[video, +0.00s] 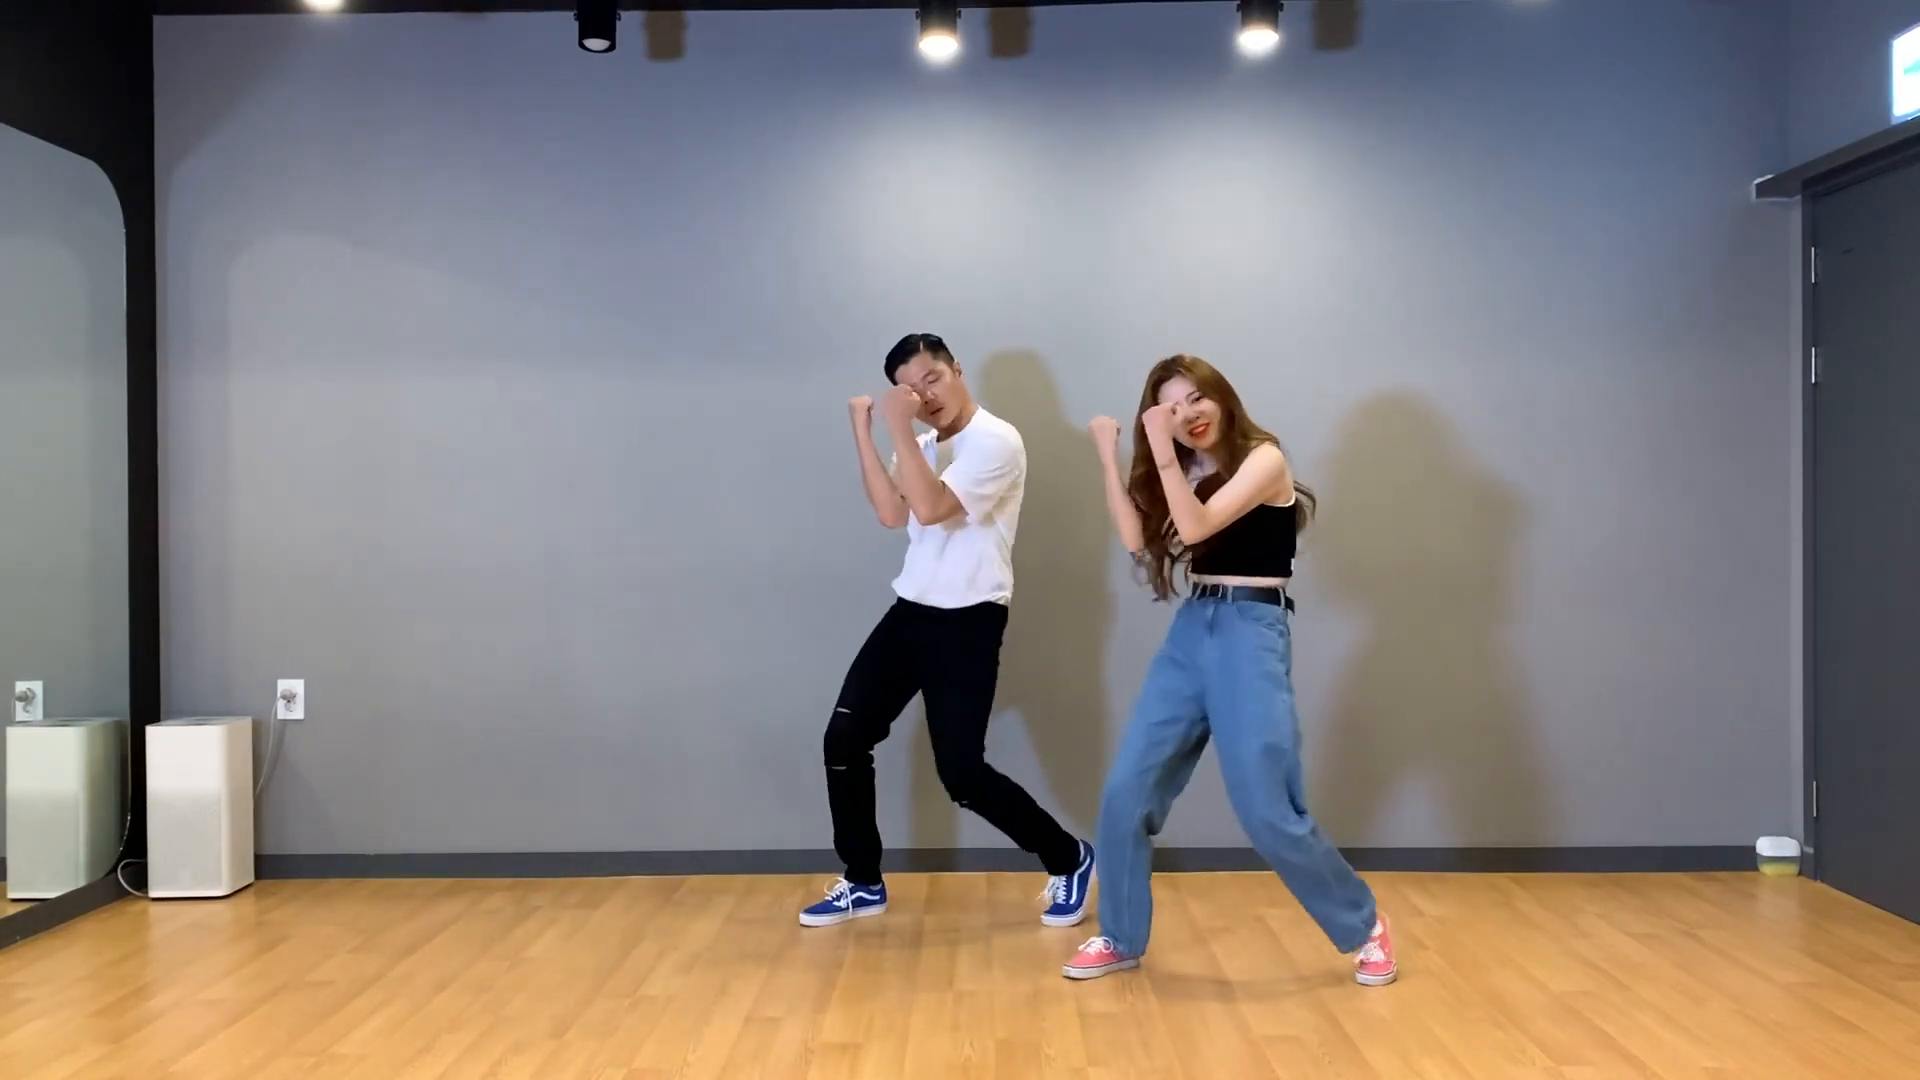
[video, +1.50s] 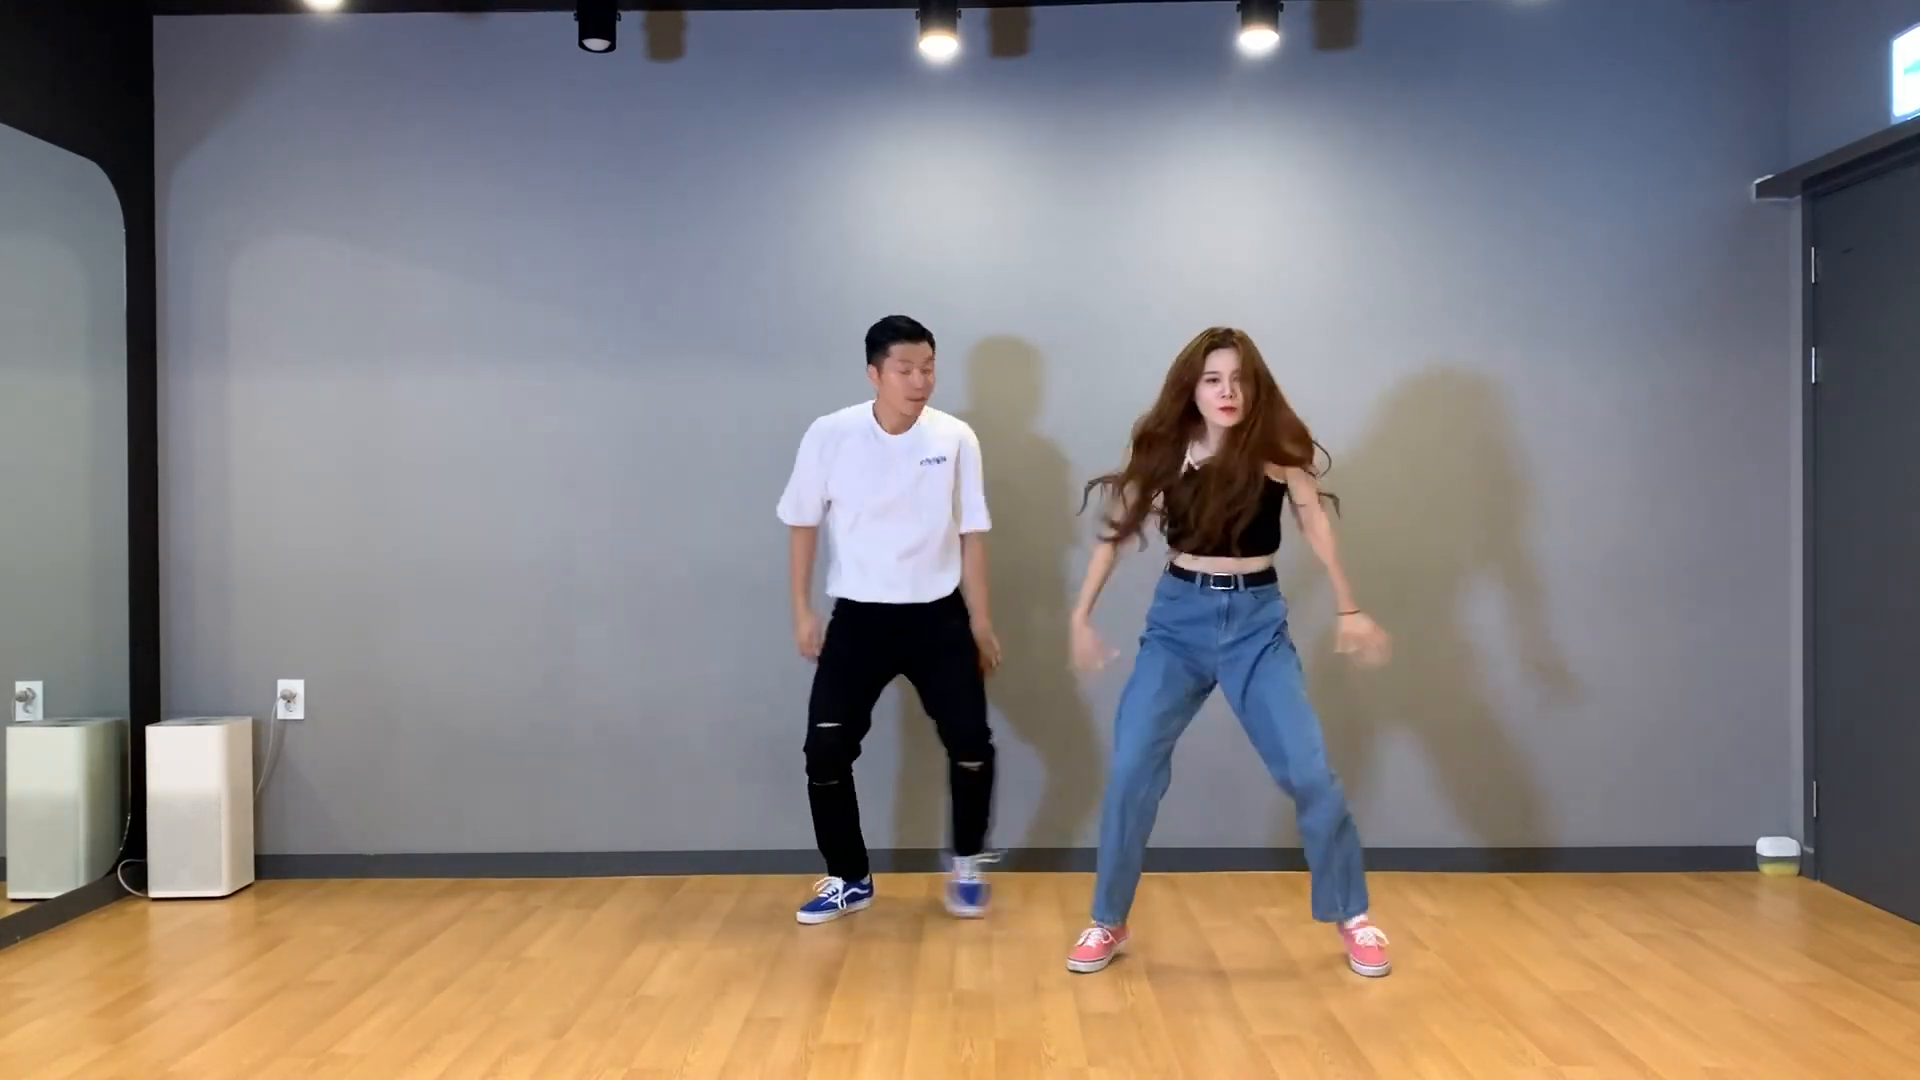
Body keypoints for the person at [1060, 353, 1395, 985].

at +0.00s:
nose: (1191, 415)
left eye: (1198, 398)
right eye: (1175, 410)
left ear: (1223, 398)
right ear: (1164, 422)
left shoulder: (1266, 459)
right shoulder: (1182, 472)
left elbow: (1195, 527)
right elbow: (1135, 537)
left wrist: (1161, 447)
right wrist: (1108, 455)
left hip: (1251, 629)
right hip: (1192, 626)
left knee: (1263, 808)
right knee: (1127, 789)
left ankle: (1364, 924)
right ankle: (1121, 938)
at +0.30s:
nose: (1189, 390)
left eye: (1201, 377)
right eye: (1175, 381)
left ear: (1223, 385)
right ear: (1159, 394)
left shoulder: (1256, 446)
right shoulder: (1147, 447)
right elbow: (1054, 437)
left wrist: (1293, 456)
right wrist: (1094, 476)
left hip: (1265, 644)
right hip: (1190, 645)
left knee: (1316, 800)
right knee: (1138, 782)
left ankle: (1383, 934)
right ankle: (1125, 934)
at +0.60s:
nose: (1233, 400)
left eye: (1245, 386)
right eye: (1219, 390)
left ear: (1265, 394)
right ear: (1203, 403)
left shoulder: (1286, 442)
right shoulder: (1183, 469)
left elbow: (1309, 530)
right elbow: (1154, 579)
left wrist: (1313, 609)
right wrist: (1165, 670)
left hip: (1271, 637)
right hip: (1194, 638)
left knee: (1323, 796)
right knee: (1130, 784)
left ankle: (1337, 935)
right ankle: (1071, 914)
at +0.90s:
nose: (1233, 383)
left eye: (1244, 369)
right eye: (1218, 373)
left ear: (1262, 372)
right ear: (1198, 382)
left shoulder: (1289, 429)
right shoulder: (1177, 443)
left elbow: (1339, 505)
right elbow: (1115, 525)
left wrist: (1309, 582)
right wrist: (1139, 620)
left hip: (1264, 623)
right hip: (1187, 620)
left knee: (1306, 775)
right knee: (1140, 777)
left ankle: (1341, 936)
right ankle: (1089, 919)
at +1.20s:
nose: (1208, 400)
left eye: (1221, 388)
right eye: (1194, 389)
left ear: (1239, 394)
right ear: (1175, 397)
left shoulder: (1261, 467)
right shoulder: (1144, 457)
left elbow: (1343, 544)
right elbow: (1110, 533)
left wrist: (1289, 607)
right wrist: (1130, 622)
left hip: (1252, 635)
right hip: (1174, 642)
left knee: (1330, 779)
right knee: (1127, 796)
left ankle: (1381, 917)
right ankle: (1115, 927)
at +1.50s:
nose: (1227, 392)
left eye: (1239, 380)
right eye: (1213, 380)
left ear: (1254, 388)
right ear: (1192, 388)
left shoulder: (1278, 450)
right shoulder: (1163, 451)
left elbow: (1318, 527)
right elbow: (1116, 532)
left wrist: (1350, 609)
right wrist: (1081, 615)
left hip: (1256, 624)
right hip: (1175, 621)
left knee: (1310, 772)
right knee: (1132, 764)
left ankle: (1353, 917)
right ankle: (1108, 921)